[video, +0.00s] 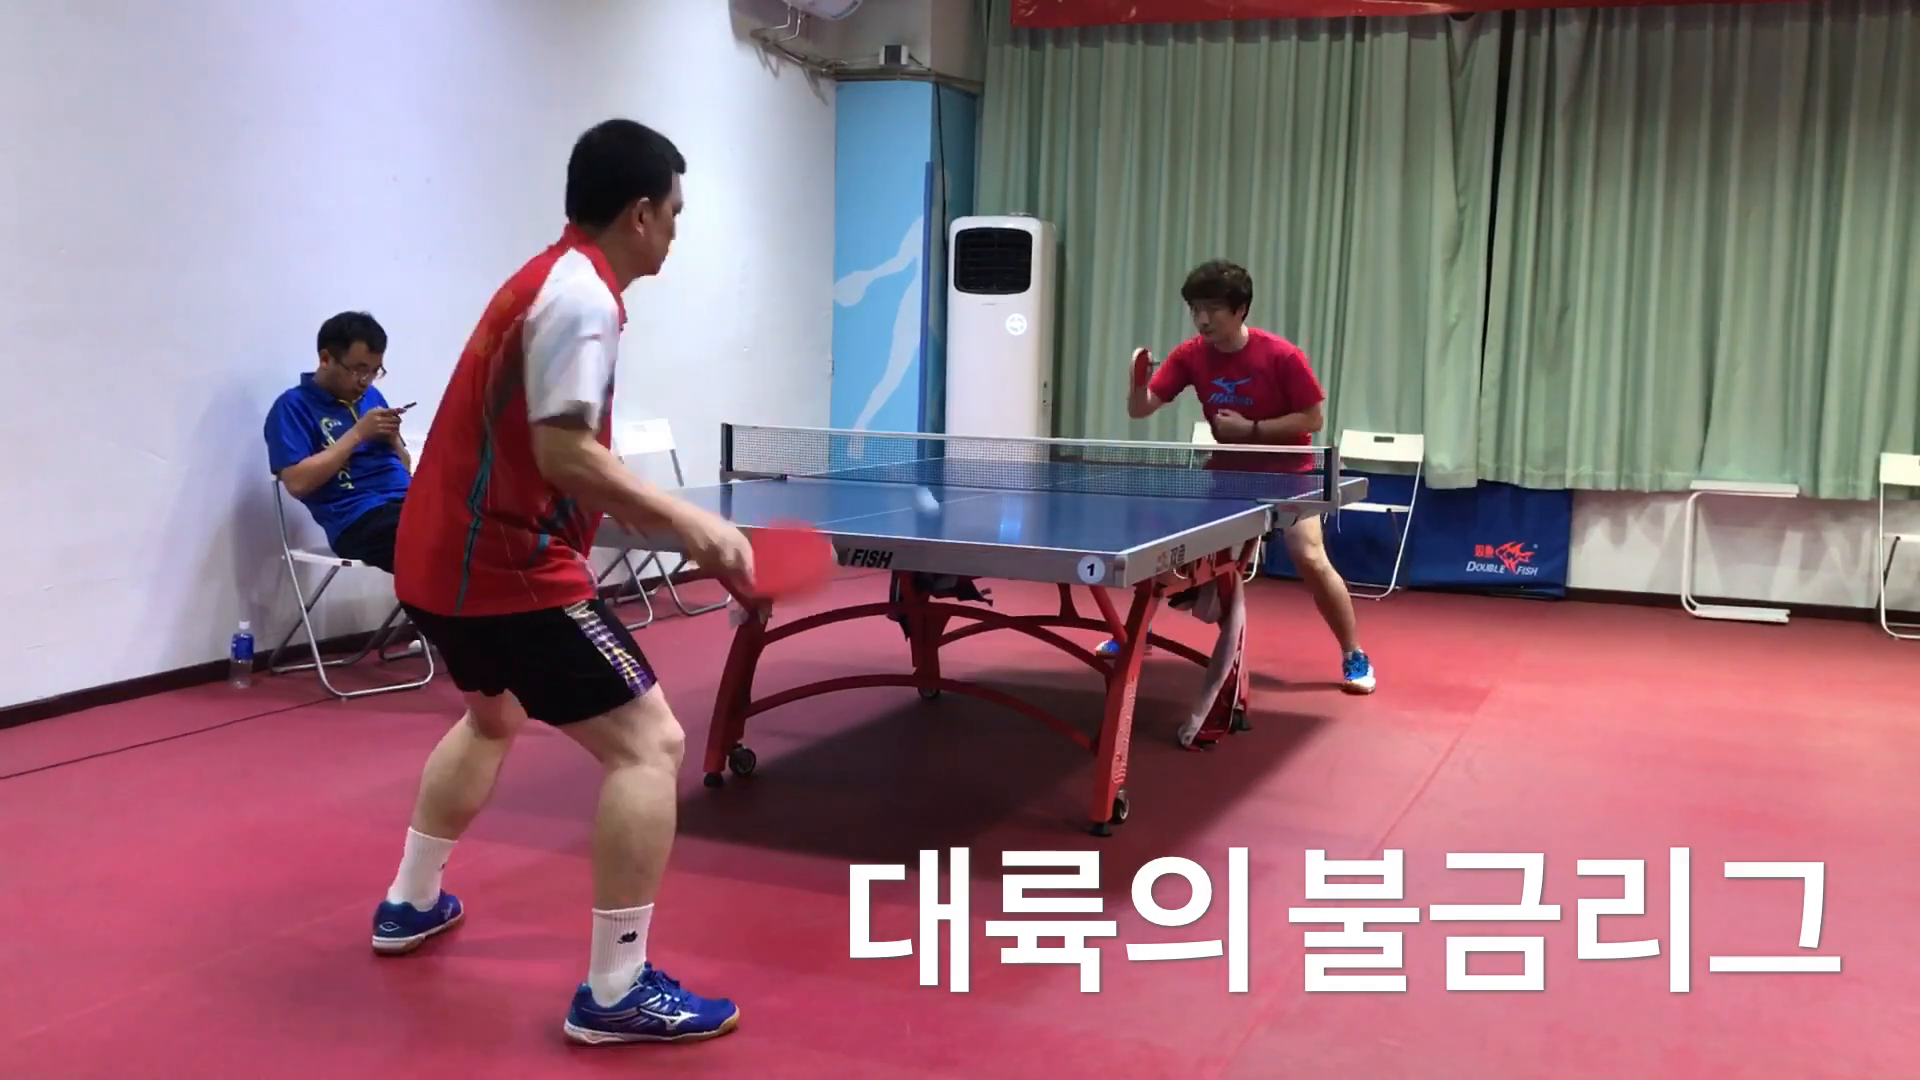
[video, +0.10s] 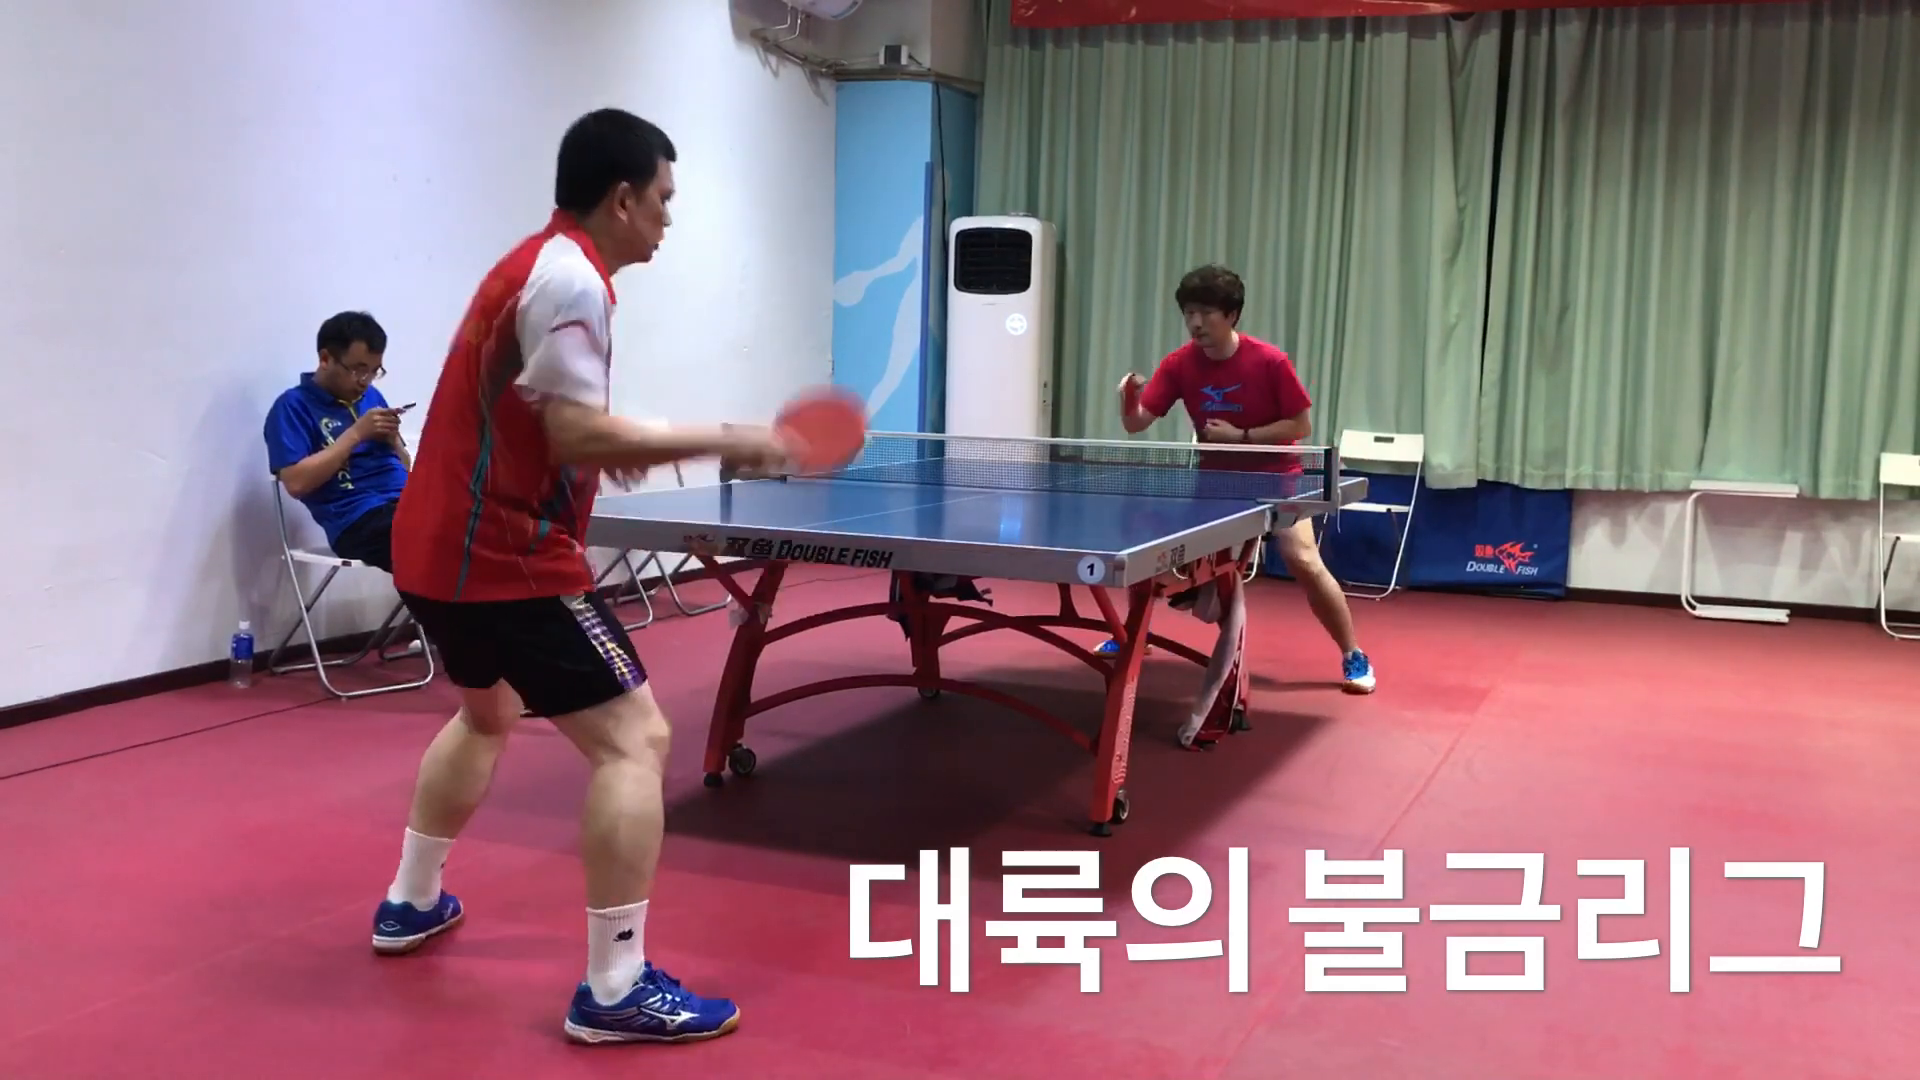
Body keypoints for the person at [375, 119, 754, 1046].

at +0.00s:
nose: (677, 226)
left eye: (676, 207)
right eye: (672, 207)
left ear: (596, 205)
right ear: (638, 209)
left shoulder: (546, 280)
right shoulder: (580, 297)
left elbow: (563, 457)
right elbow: (566, 456)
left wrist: (681, 526)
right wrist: (693, 525)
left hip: (442, 564)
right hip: (511, 576)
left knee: (492, 719)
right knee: (649, 744)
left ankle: (409, 901)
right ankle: (616, 988)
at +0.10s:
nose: (670, 216)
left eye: (670, 199)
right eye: (663, 197)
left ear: (596, 196)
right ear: (618, 198)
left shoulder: (532, 265)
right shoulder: (572, 278)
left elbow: (540, 426)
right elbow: (577, 435)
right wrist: (726, 441)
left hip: (434, 554)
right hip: (504, 564)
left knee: (486, 718)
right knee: (634, 738)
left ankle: (409, 901)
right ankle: (616, 985)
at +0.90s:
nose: (678, 224)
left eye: (676, 207)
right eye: (672, 208)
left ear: (596, 218)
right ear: (636, 218)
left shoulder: (539, 290)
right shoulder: (602, 312)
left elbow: (543, 414)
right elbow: (659, 452)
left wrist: (620, 474)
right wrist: (793, 519)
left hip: (407, 557)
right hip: (471, 568)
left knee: (459, 724)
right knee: (615, 738)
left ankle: (365, 901)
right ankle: (596, 984)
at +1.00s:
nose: (712, 251)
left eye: (708, 233)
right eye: (704, 234)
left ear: (622, 238)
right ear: (675, 243)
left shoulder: (558, 307)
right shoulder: (655, 335)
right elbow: (823, 407)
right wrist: (980, 428)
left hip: (392, 539)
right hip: (444, 556)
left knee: (433, 715)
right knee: (604, 740)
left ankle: (359, 897)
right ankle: (596, 988)